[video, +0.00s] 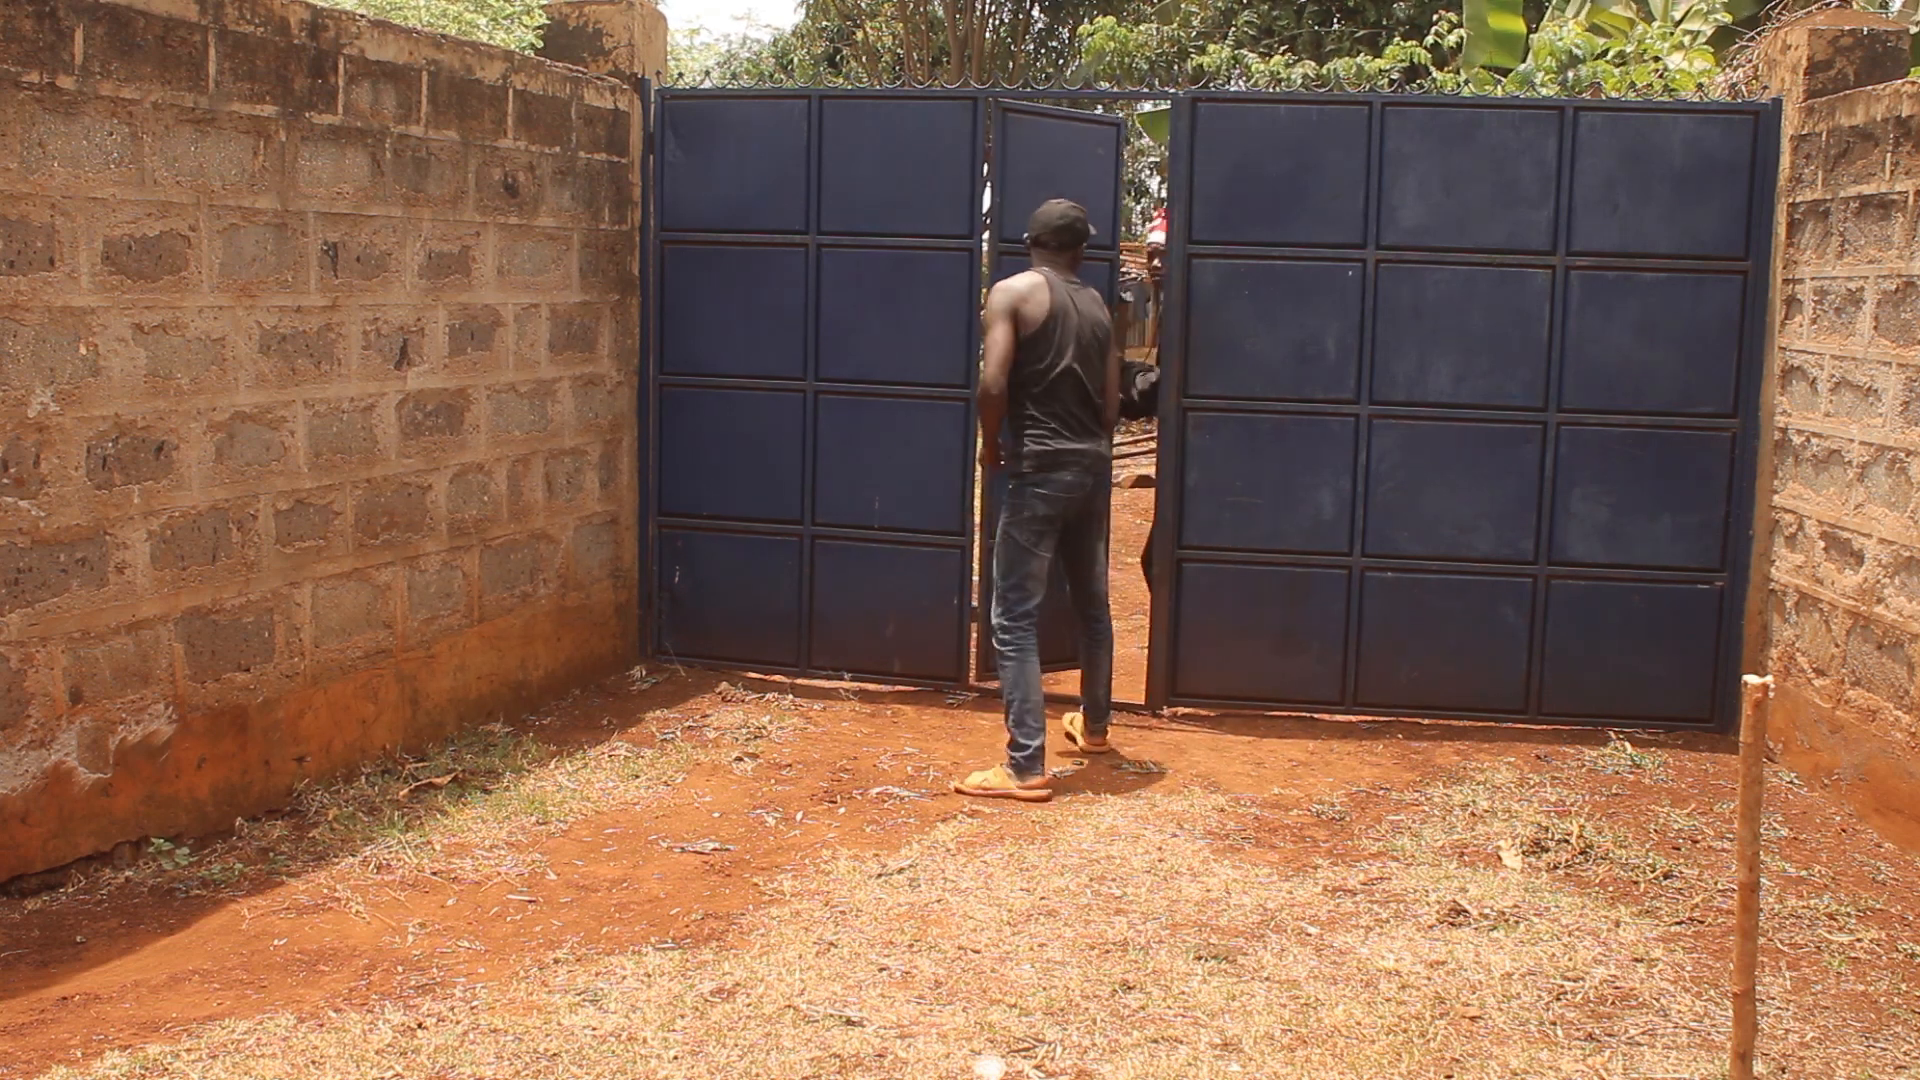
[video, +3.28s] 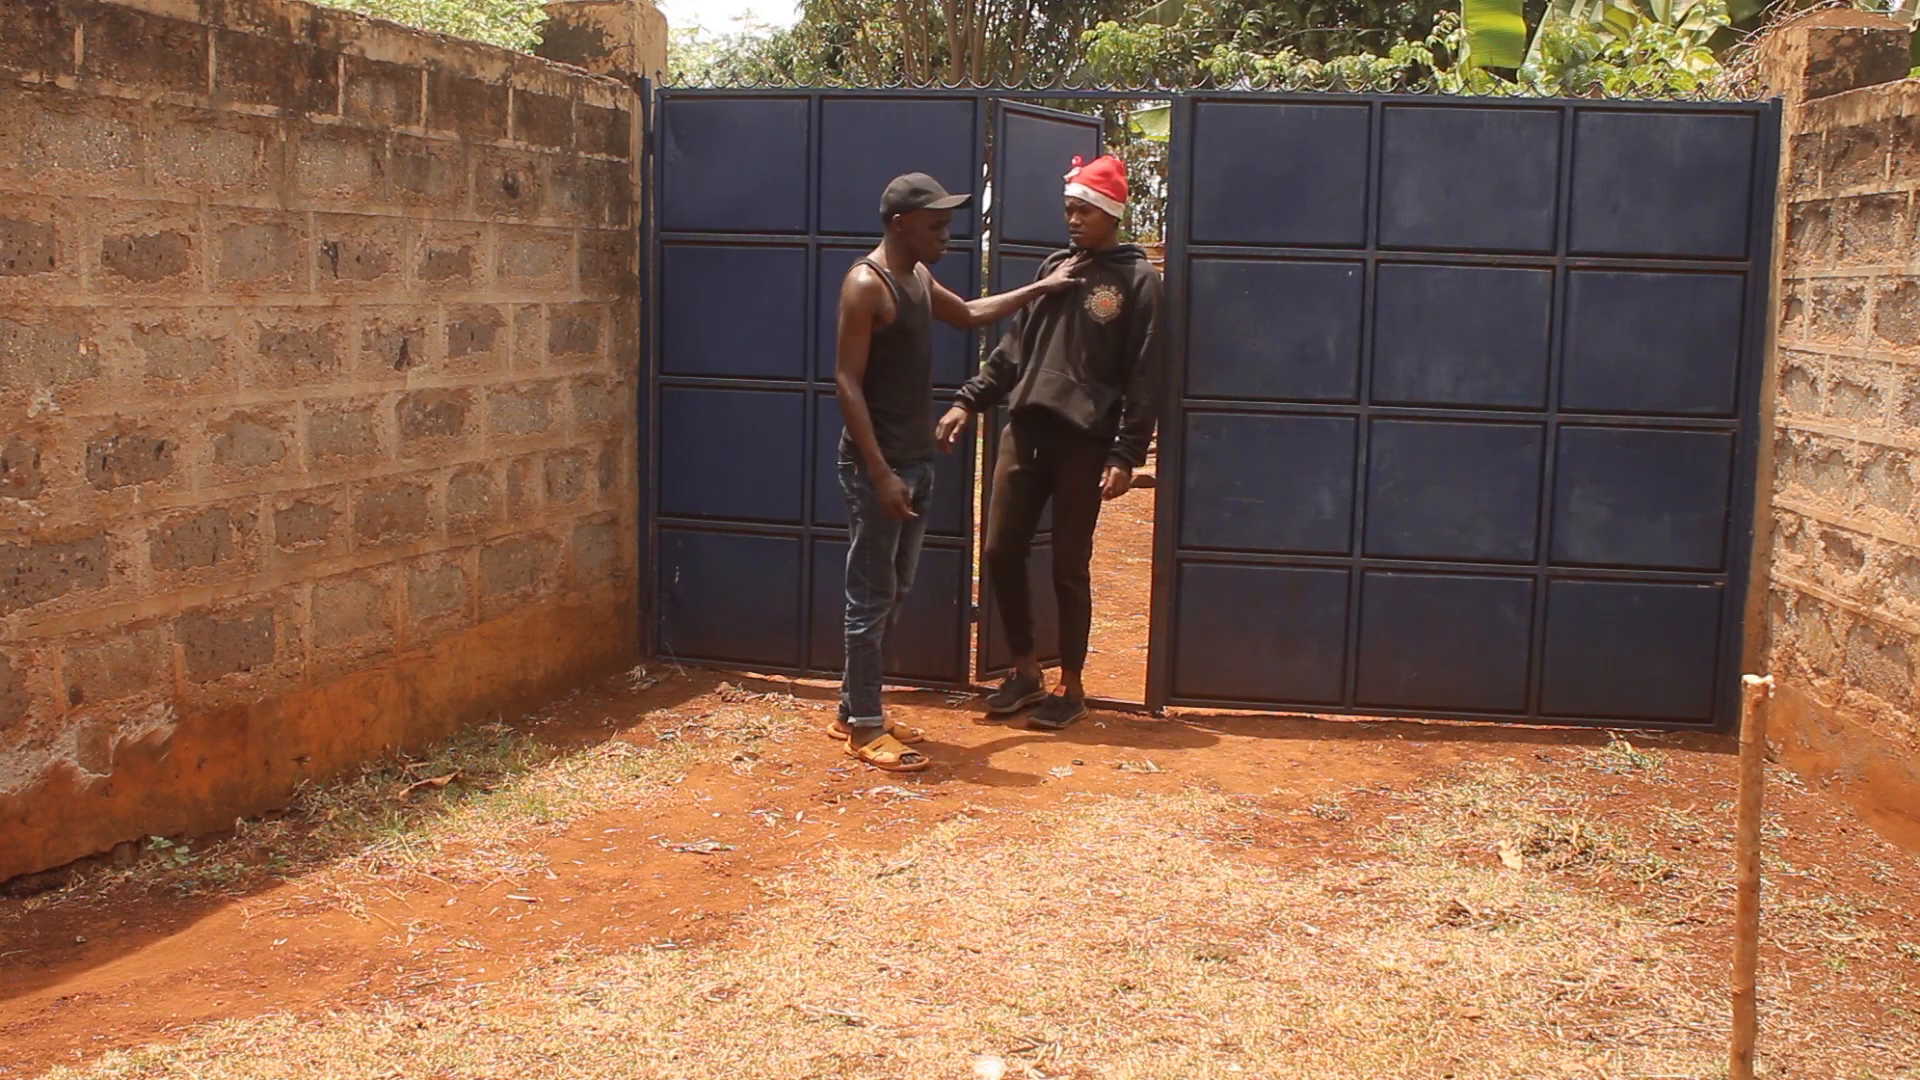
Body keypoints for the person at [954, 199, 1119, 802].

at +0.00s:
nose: (1027, 247)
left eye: (1028, 239)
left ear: (1032, 243)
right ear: (1081, 250)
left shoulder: (1009, 293)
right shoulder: (1098, 303)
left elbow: (992, 386)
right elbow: (1111, 400)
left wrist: (989, 446)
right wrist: (1092, 449)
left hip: (1036, 473)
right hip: (1093, 472)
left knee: (1015, 618)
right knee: (1093, 608)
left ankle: (1026, 766)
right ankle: (1095, 727)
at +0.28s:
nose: (969, 234)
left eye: (970, 226)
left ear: (976, 230)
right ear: (1028, 232)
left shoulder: (958, 289)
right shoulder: (1059, 294)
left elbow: (945, 396)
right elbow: (1092, 388)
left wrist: (981, 428)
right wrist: (1095, 473)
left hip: (1009, 468)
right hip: (1062, 464)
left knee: (1010, 617)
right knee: (1020, 603)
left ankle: (1027, 763)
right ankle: (1028, 731)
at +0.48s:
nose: (951, 235)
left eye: (949, 226)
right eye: (1006, 227)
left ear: (953, 230)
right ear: (1006, 230)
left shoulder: (928, 294)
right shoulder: (1041, 297)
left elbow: (932, 374)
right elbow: (1066, 392)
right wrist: (1084, 485)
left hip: (973, 471)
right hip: (1025, 469)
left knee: (989, 621)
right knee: (958, 598)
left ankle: (1024, 764)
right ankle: (934, 735)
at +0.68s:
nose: (994, 231)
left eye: (953, 221)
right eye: (997, 222)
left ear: (943, 225)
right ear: (997, 226)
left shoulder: (911, 280)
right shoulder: (1024, 296)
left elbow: (943, 318)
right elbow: (1026, 397)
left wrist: (1003, 282)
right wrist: (1033, 490)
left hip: (932, 469)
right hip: (995, 470)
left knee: (912, 597)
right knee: (962, 606)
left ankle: (966, 716)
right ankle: (935, 743)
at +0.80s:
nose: (995, 228)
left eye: (989, 221)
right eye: (994, 221)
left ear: (937, 222)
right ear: (990, 225)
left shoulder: (902, 276)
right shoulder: (1009, 293)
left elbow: (937, 315)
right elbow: (1002, 393)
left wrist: (999, 284)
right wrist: (1013, 479)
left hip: (911, 456)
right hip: (974, 463)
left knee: (902, 579)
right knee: (958, 604)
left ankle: (897, 698)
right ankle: (935, 739)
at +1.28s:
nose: (960, 230)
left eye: (958, 220)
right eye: (956, 221)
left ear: (906, 221)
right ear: (938, 224)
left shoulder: (878, 274)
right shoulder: (926, 285)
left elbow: (931, 356)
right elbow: (911, 382)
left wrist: (992, 309)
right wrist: (946, 473)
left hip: (862, 447)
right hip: (899, 455)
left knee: (882, 587)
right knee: (929, 596)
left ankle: (856, 710)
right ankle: (929, 734)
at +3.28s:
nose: (946, 236)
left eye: (947, 225)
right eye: (936, 226)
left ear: (916, 226)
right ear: (899, 224)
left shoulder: (914, 275)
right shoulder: (865, 286)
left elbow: (971, 312)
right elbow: (847, 386)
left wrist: (1043, 286)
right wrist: (881, 473)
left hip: (916, 457)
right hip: (876, 461)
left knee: (893, 589)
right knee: (871, 594)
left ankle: (854, 702)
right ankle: (865, 725)